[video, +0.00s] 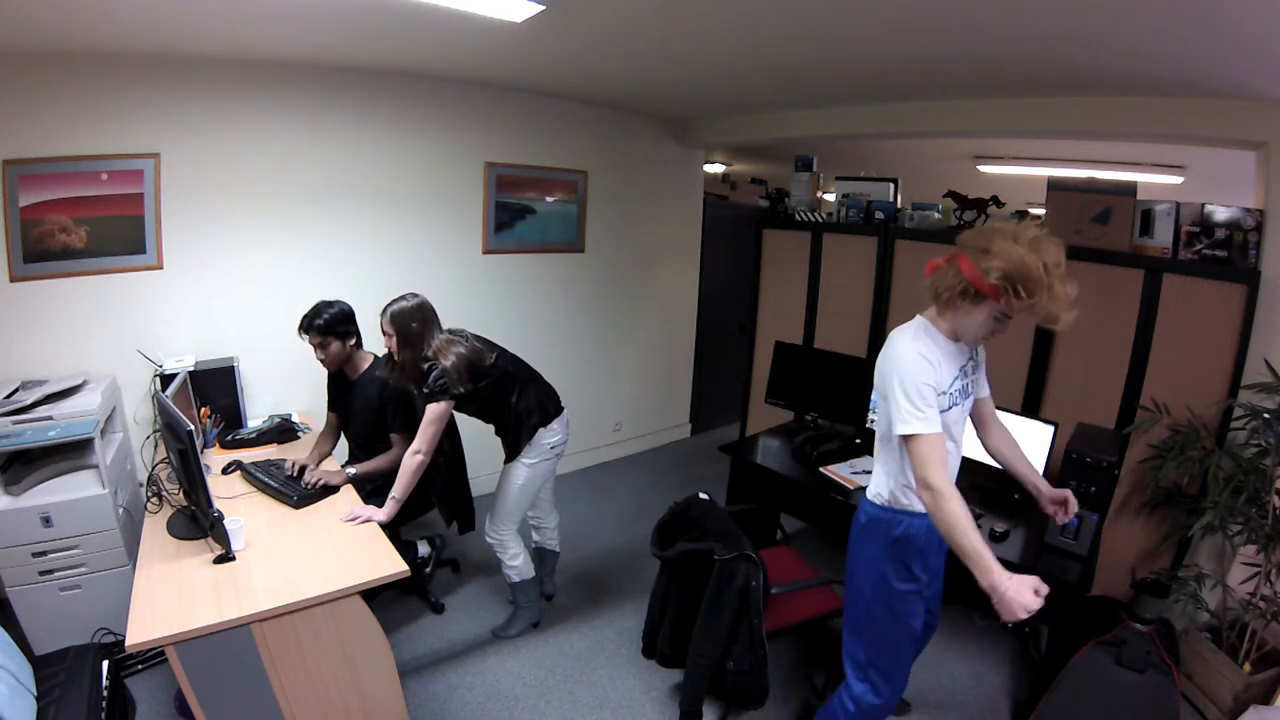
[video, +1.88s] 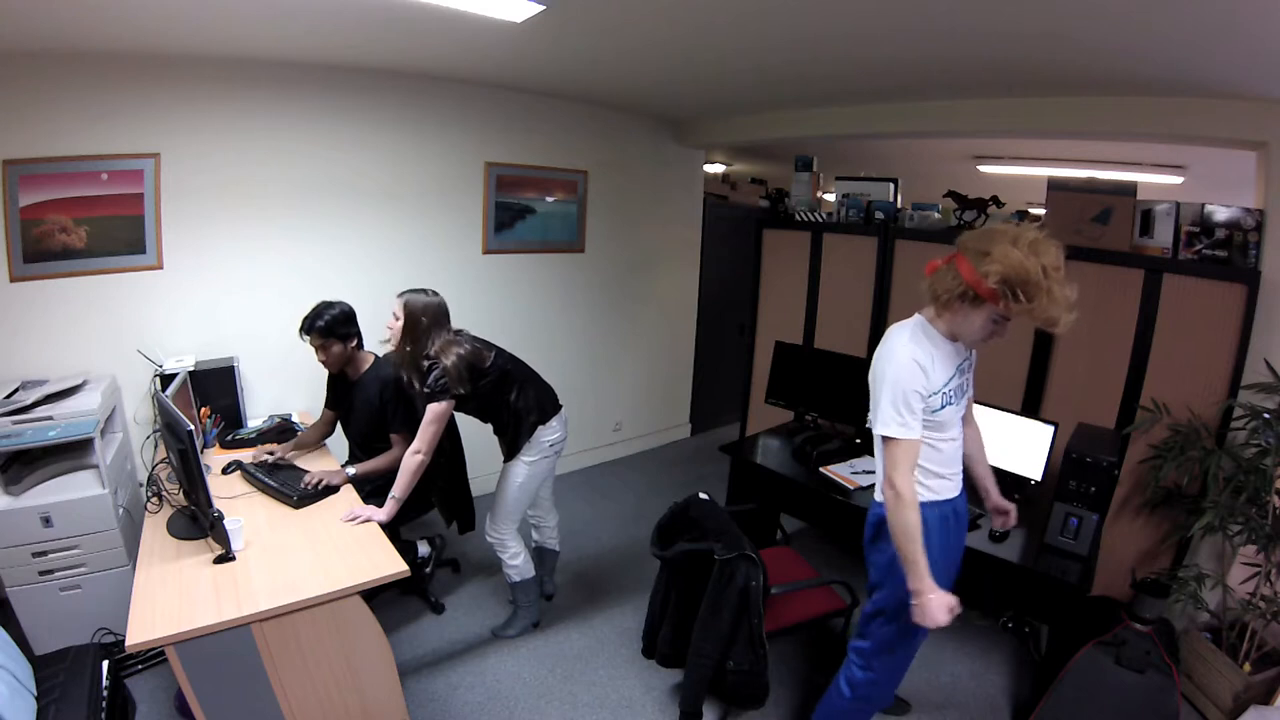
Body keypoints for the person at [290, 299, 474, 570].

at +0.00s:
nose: (318, 356)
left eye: (323, 346)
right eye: (314, 348)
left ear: (350, 339)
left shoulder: (388, 382)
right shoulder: (338, 375)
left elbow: (402, 451)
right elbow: (332, 428)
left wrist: (346, 474)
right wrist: (312, 459)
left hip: (407, 476)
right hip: (364, 473)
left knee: (342, 532)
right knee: (320, 514)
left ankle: (420, 552)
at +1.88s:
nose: (319, 357)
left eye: (325, 348)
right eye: (315, 349)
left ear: (351, 342)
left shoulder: (388, 379)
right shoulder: (339, 375)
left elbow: (403, 451)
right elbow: (325, 424)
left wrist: (346, 473)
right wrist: (288, 447)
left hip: (403, 479)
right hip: (363, 474)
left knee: (343, 531)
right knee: (318, 514)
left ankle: (418, 553)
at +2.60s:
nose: (318, 358)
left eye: (324, 349)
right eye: (314, 350)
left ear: (352, 343)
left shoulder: (390, 381)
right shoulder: (337, 375)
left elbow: (403, 451)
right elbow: (310, 424)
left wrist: (346, 474)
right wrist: (261, 454)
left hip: (403, 479)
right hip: (363, 476)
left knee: (342, 531)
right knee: (315, 513)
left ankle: (418, 553)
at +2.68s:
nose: (318, 358)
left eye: (324, 349)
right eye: (314, 350)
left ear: (352, 343)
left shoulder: (389, 382)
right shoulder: (337, 375)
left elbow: (402, 452)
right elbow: (310, 425)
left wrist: (346, 474)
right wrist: (261, 454)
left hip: (403, 479)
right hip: (363, 475)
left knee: (341, 530)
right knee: (314, 513)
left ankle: (417, 554)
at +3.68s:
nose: (311, 356)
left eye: (316, 348)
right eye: (310, 348)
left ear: (342, 346)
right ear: (337, 348)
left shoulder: (392, 379)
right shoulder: (337, 377)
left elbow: (407, 448)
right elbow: (312, 428)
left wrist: (346, 473)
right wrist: (261, 453)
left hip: (415, 477)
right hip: (371, 469)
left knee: (352, 532)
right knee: (321, 514)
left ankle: (418, 554)